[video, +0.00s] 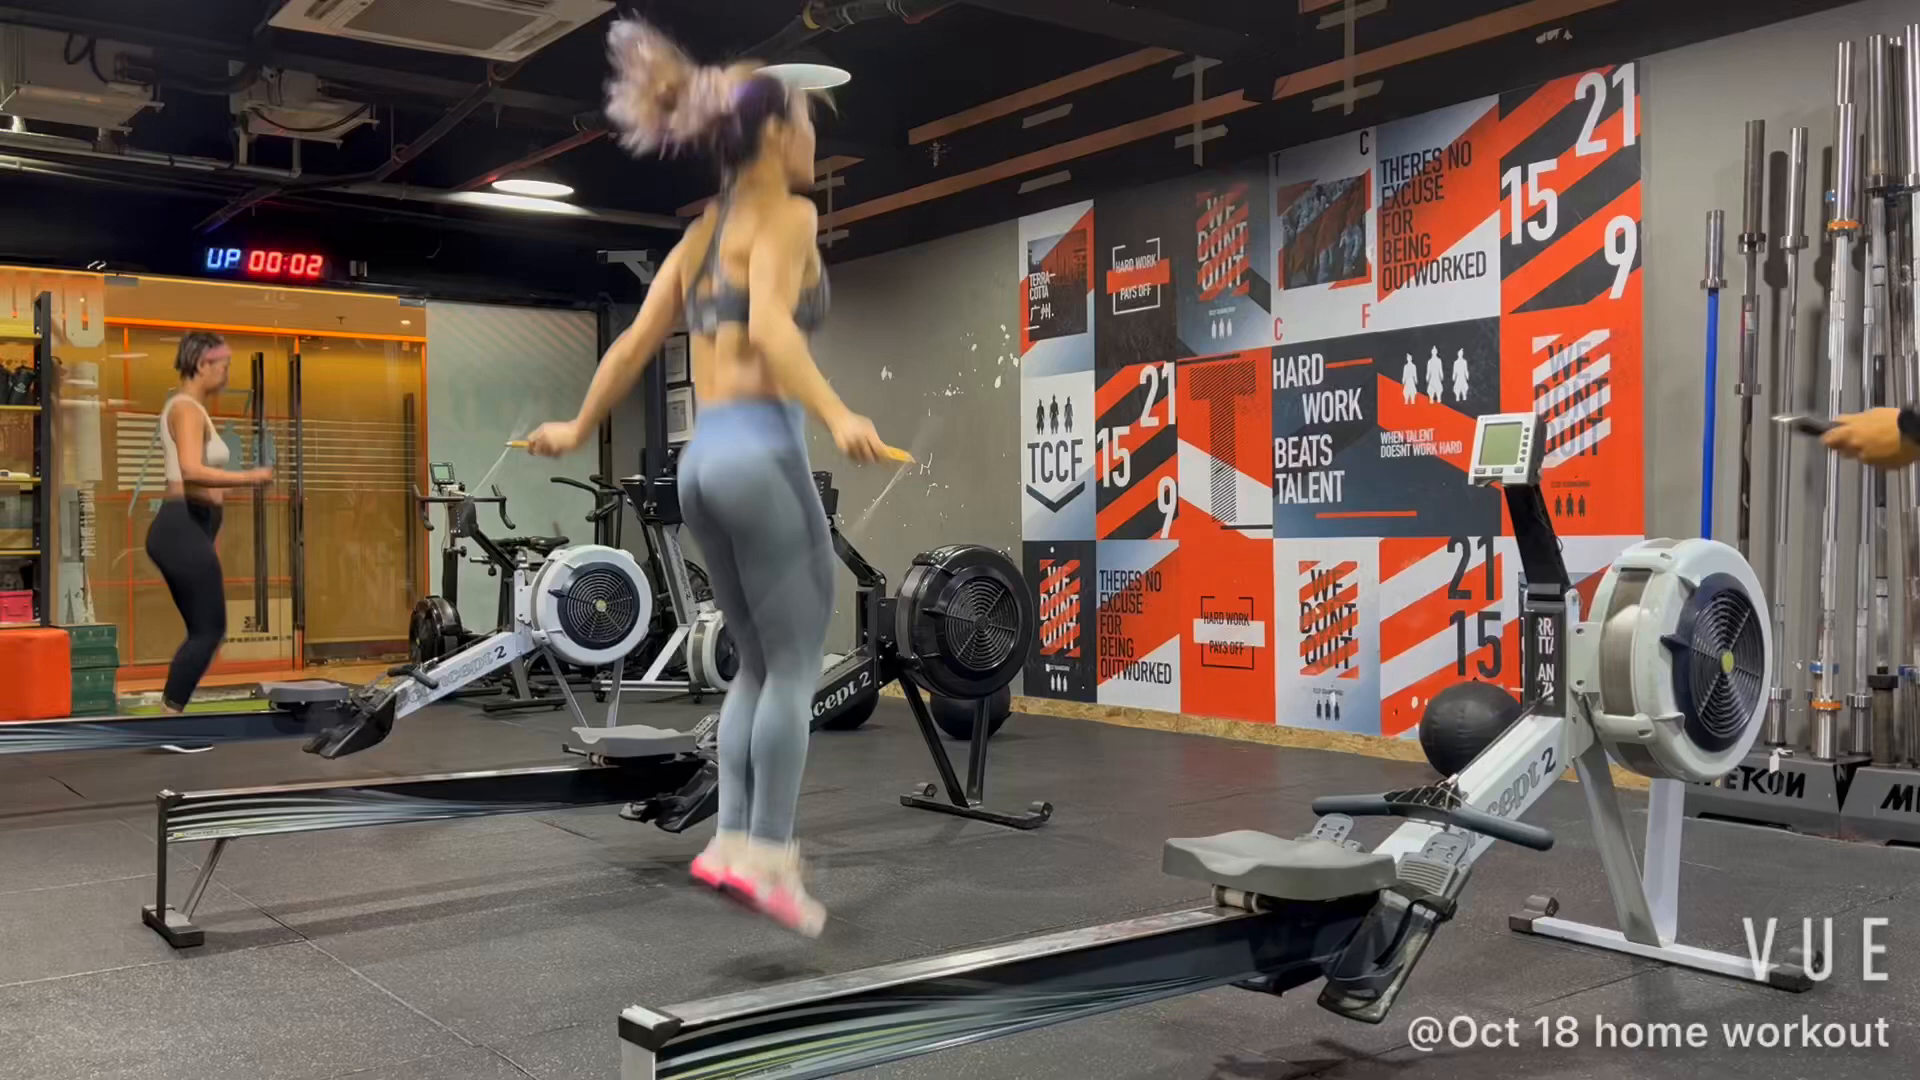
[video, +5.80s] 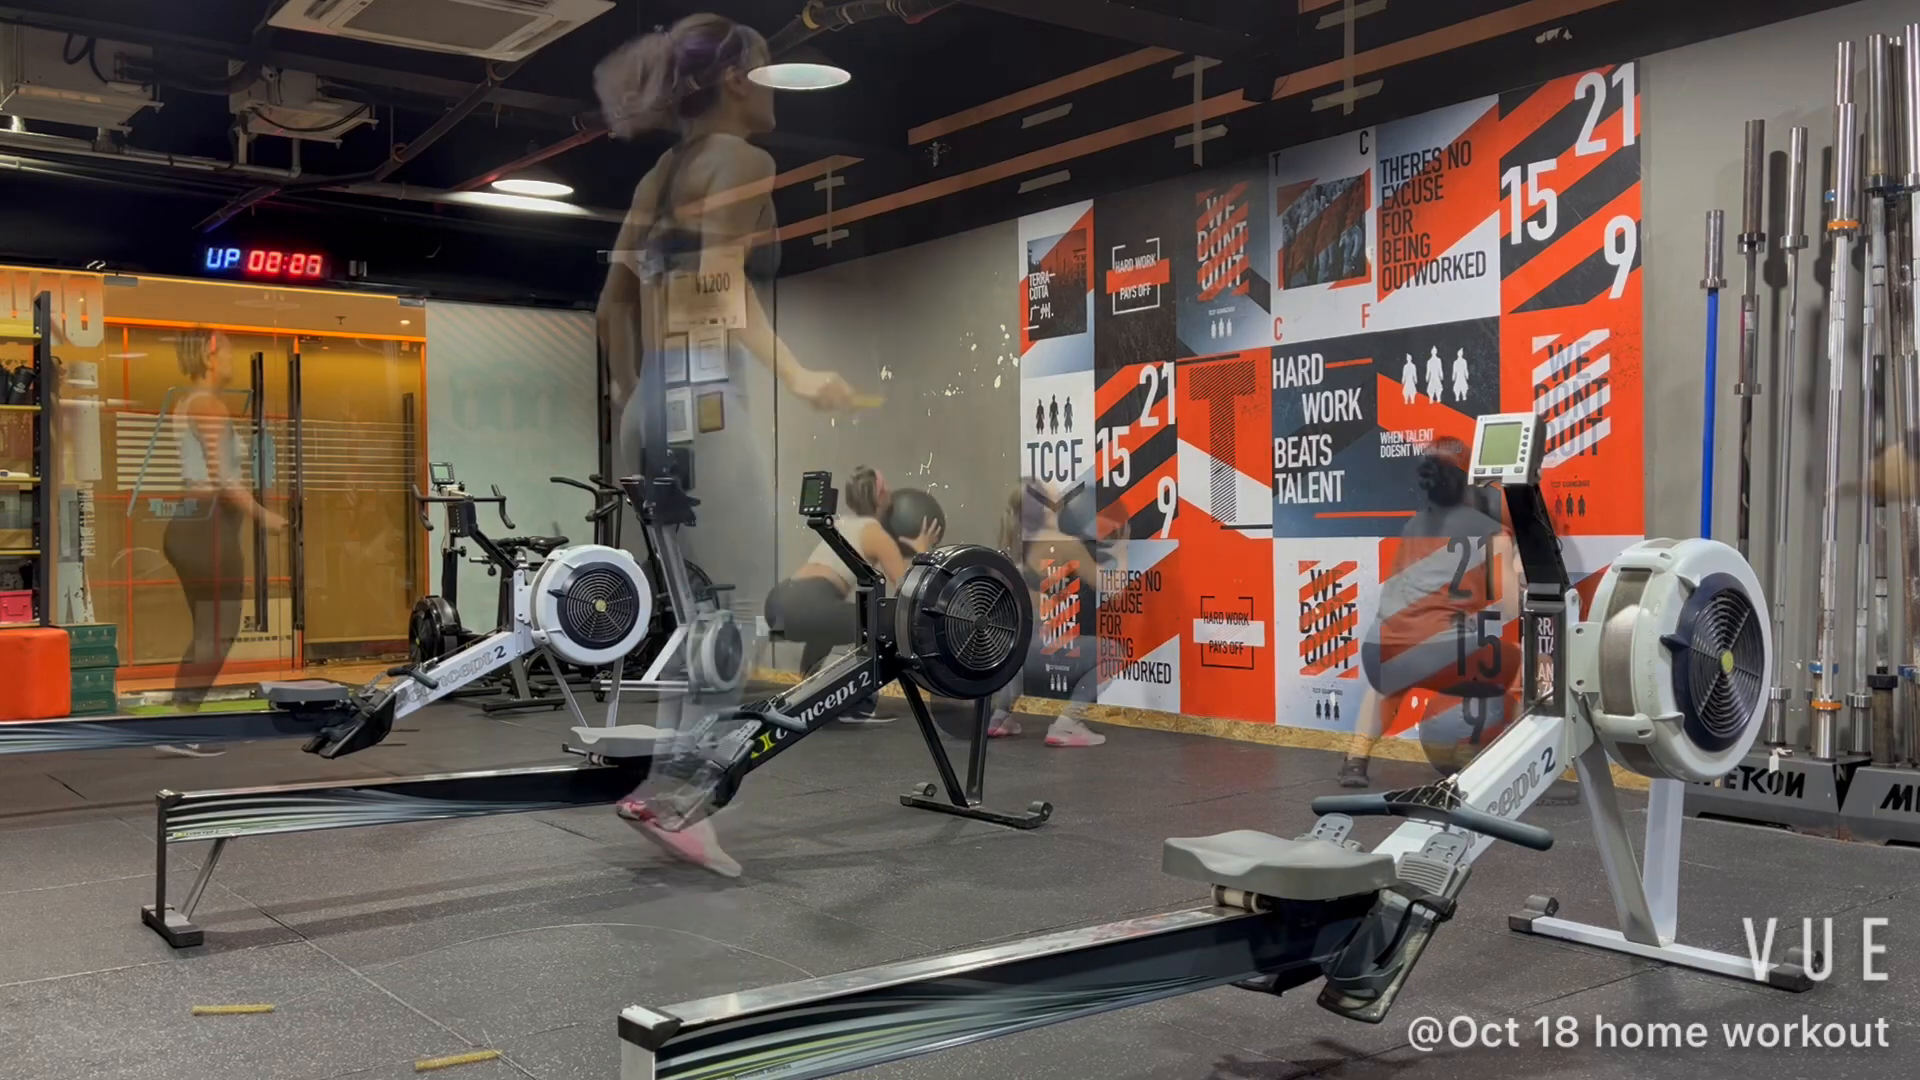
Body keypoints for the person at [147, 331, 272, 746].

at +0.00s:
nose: (227, 373)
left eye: (228, 365)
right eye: (222, 365)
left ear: (205, 364)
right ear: (201, 364)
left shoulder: (195, 408)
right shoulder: (186, 409)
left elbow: (196, 480)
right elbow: (191, 471)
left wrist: (234, 489)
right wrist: (247, 478)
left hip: (188, 529)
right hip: (180, 529)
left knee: (206, 628)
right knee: (208, 628)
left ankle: (170, 710)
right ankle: (169, 711)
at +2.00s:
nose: (210, 365)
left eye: (207, 357)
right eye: (204, 358)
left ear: (180, 366)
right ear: (185, 364)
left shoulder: (164, 410)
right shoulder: (183, 412)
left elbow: (178, 484)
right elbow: (193, 482)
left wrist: (205, 534)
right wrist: (249, 507)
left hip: (165, 529)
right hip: (182, 531)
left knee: (195, 634)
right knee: (209, 634)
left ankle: (156, 716)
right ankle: (163, 718)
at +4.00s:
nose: (236, 348)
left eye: (232, 340)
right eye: (229, 342)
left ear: (204, 350)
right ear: (210, 349)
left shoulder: (189, 395)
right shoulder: (212, 395)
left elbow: (196, 469)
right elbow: (221, 464)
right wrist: (259, 505)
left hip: (197, 512)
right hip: (216, 513)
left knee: (215, 617)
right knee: (232, 617)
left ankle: (196, 708)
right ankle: (200, 710)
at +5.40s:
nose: (232, 361)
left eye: (228, 353)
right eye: (226, 355)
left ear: (200, 362)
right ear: (207, 361)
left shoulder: (185, 406)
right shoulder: (208, 409)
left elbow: (208, 477)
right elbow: (217, 479)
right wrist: (266, 505)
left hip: (191, 526)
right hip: (208, 528)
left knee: (213, 632)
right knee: (225, 633)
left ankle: (180, 716)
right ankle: (183, 718)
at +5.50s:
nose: (229, 339)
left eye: (224, 331)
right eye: (223, 332)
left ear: (197, 343)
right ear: (207, 340)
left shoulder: (184, 388)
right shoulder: (208, 388)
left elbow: (199, 455)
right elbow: (217, 455)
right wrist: (246, 496)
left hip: (192, 504)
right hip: (210, 504)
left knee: (206, 610)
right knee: (216, 610)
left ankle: (189, 706)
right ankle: (192, 708)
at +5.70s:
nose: (230, 351)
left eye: (226, 342)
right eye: (225, 342)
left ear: (200, 348)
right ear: (209, 347)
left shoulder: (187, 397)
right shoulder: (208, 396)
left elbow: (200, 469)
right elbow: (213, 469)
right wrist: (261, 493)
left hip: (189, 521)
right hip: (210, 522)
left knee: (209, 625)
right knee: (221, 626)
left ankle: (181, 720)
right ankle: (184, 723)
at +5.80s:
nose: (232, 359)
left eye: (229, 350)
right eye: (226, 350)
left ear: (202, 354)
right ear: (210, 354)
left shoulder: (188, 403)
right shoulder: (210, 405)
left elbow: (200, 478)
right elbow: (219, 476)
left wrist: (243, 505)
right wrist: (262, 513)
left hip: (190, 527)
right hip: (210, 528)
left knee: (208, 632)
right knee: (220, 633)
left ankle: (179, 719)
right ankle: (182, 721)